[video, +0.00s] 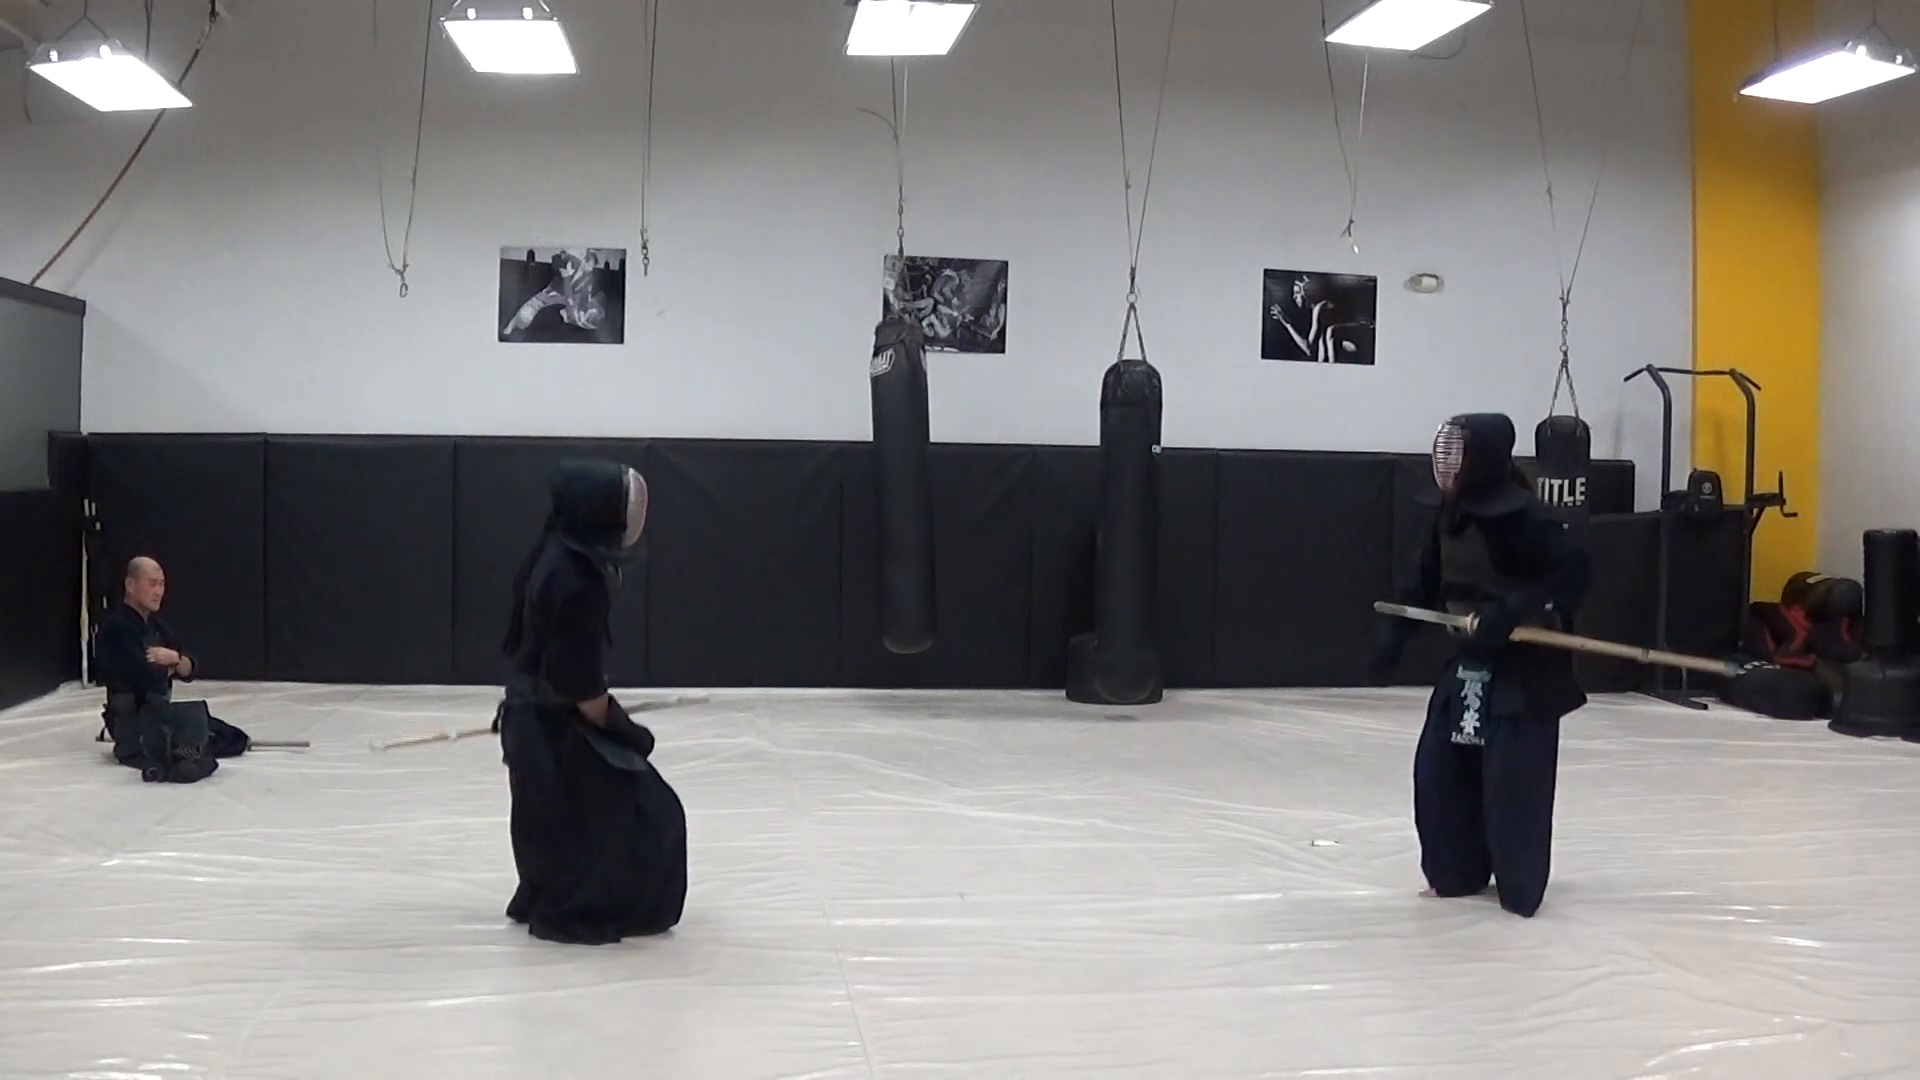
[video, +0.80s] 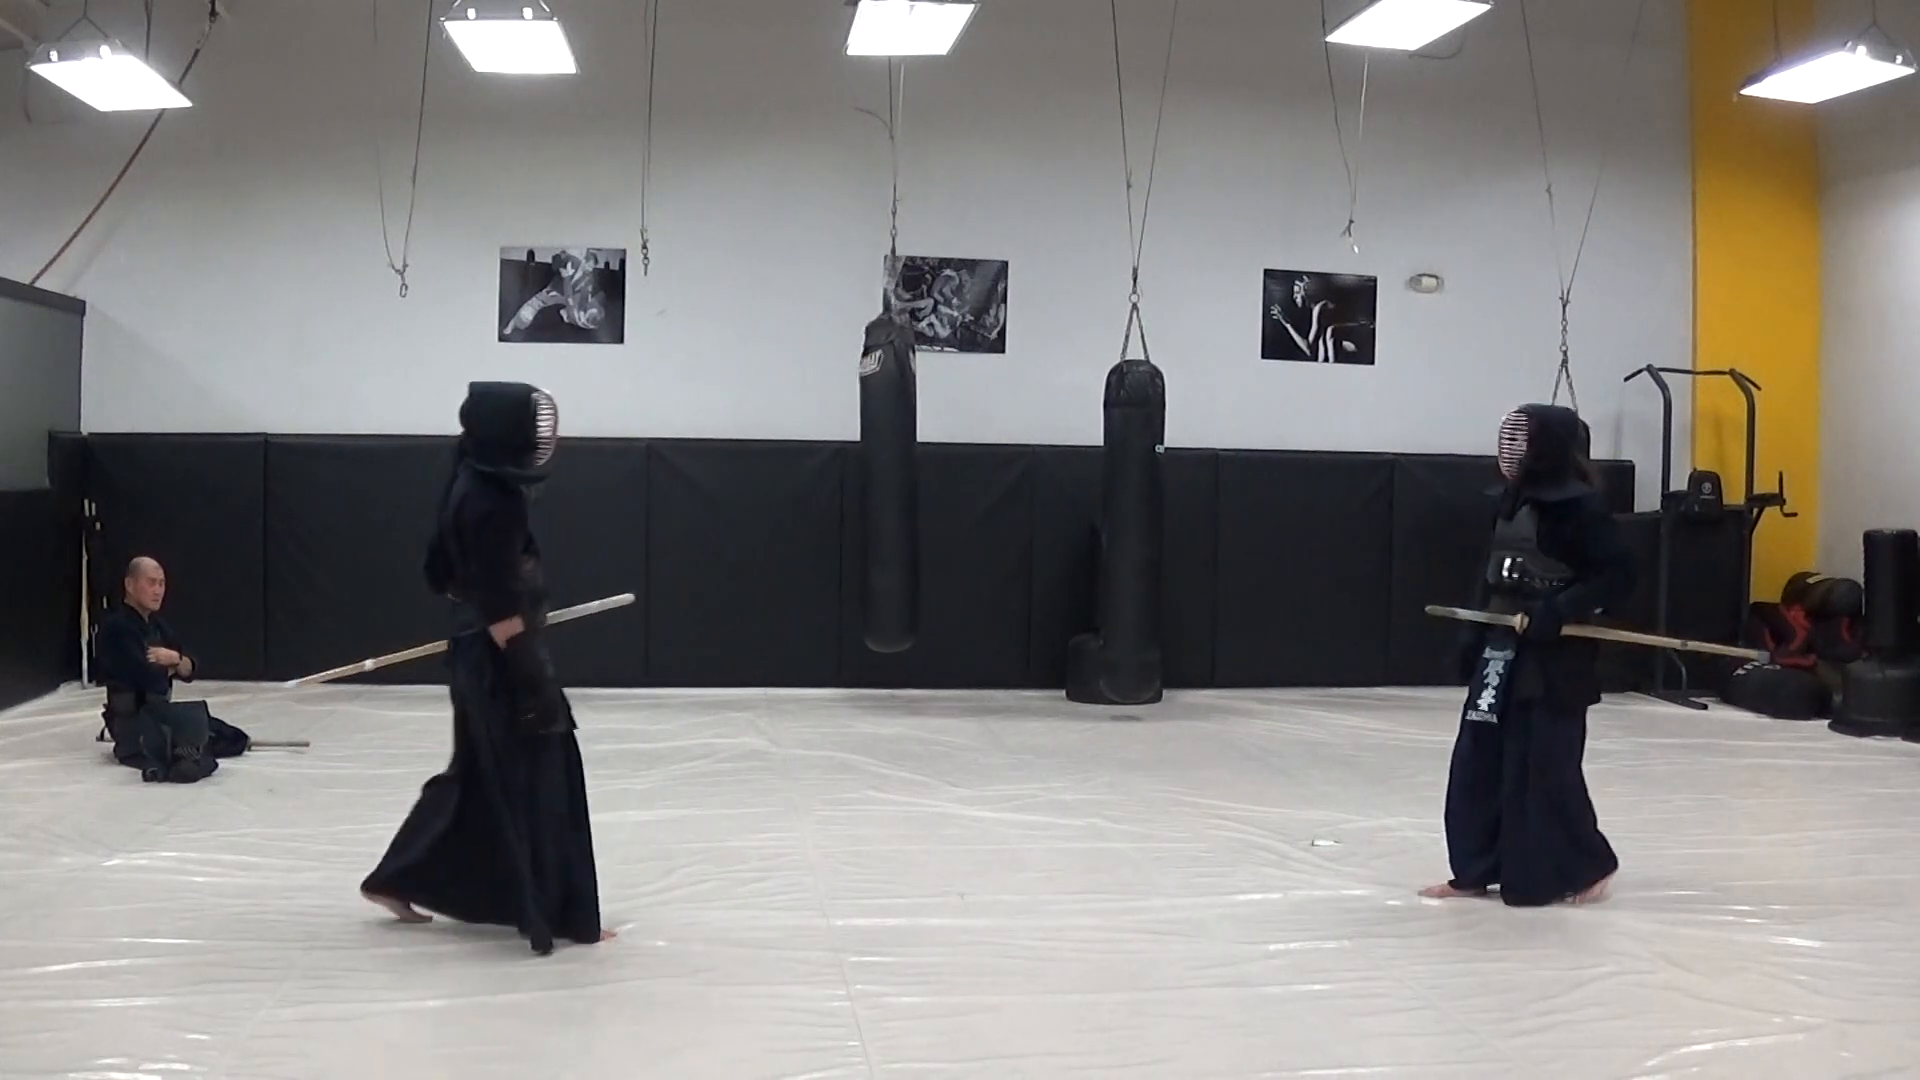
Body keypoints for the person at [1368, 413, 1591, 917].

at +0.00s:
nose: (1443, 465)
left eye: (1453, 455)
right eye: (1441, 454)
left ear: (1483, 459)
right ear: (1439, 457)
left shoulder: (1522, 516)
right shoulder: (1448, 516)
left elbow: (1572, 575)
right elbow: (1427, 587)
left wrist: (1506, 614)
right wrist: (1393, 640)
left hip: (1523, 666)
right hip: (1465, 663)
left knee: (1514, 778)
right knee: (1440, 768)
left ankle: (1521, 888)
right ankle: (1457, 875)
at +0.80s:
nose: (1508, 452)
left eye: (1520, 443)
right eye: (1507, 441)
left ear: (1548, 449)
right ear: (1504, 443)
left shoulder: (1579, 507)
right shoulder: (1508, 505)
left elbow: (1617, 576)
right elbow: (1491, 578)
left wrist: (1556, 609)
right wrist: (1471, 640)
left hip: (1554, 655)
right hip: (1500, 651)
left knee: (1546, 763)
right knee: (1477, 759)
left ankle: (1590, 863)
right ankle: (1477, 870)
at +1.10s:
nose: (1569, 456)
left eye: (1579, 446)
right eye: (1566, 445)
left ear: (1605, 450)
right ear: (1563, 448)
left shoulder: (1639, 509)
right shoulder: (1566, 505)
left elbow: (1674, 579)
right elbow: (1563, 576)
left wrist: (1616, 612)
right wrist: (1549, 631)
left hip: (1618, 656)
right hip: (1561, 648)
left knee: (1608, 763)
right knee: (1530, 752)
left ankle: (1606, 876)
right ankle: (1508, 864)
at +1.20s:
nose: (1583, 453)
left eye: (1593, 444)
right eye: (1583, 443)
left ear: (1620, 449)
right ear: (1587, 444)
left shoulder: (1655, 509)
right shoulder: (1586, 502)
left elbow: (1684, 582)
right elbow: (1575, 575)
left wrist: (1632, 611)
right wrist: (1559, 639)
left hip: (1630, 654)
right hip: (1576, 648)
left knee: (1616, 758)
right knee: (1551, 744)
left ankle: (1610, 874)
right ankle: (1554, 862)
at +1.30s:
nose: (1602, 452)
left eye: (1611, 443)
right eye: (1602, 442)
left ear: (1638, 449)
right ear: (1612, 444)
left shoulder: (1674, 510)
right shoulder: (1602, 504)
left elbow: (1702, 581)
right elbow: (1587, 578)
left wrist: (1647, 614)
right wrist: (1568, 646)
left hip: (1644, 654)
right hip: (1593, 648)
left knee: (1629, 757)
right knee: (1571, 747)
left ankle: (1626, 877)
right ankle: (1594, 868)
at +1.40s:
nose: (1620, 456)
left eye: (1630, 447)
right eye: (1619, 446)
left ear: (1658, 453)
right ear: (1618, 447)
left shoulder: (1691, 511)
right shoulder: (1618, 504)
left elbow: (1722, 587)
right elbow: (1603, 582)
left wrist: (1664, 617)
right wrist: (1578, 645)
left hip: (1662, 651)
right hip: (1613, 644)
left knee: (1639, 755)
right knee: (1604, 745)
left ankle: (1615, 875)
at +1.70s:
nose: (1664, 456)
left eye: (1673, 447)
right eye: (1663, 446)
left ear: (1700, 450)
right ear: (1670, 450)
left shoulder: (1733, 507)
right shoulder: (1672, 504)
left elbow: (1774, 577)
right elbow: (1654, 578)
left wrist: (1713, 616)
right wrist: (1637, 632)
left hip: (1709, 653)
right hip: (1670, 648)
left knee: (1679, 755)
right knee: (1682, 753)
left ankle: (1660, 866)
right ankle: (1700, 861)